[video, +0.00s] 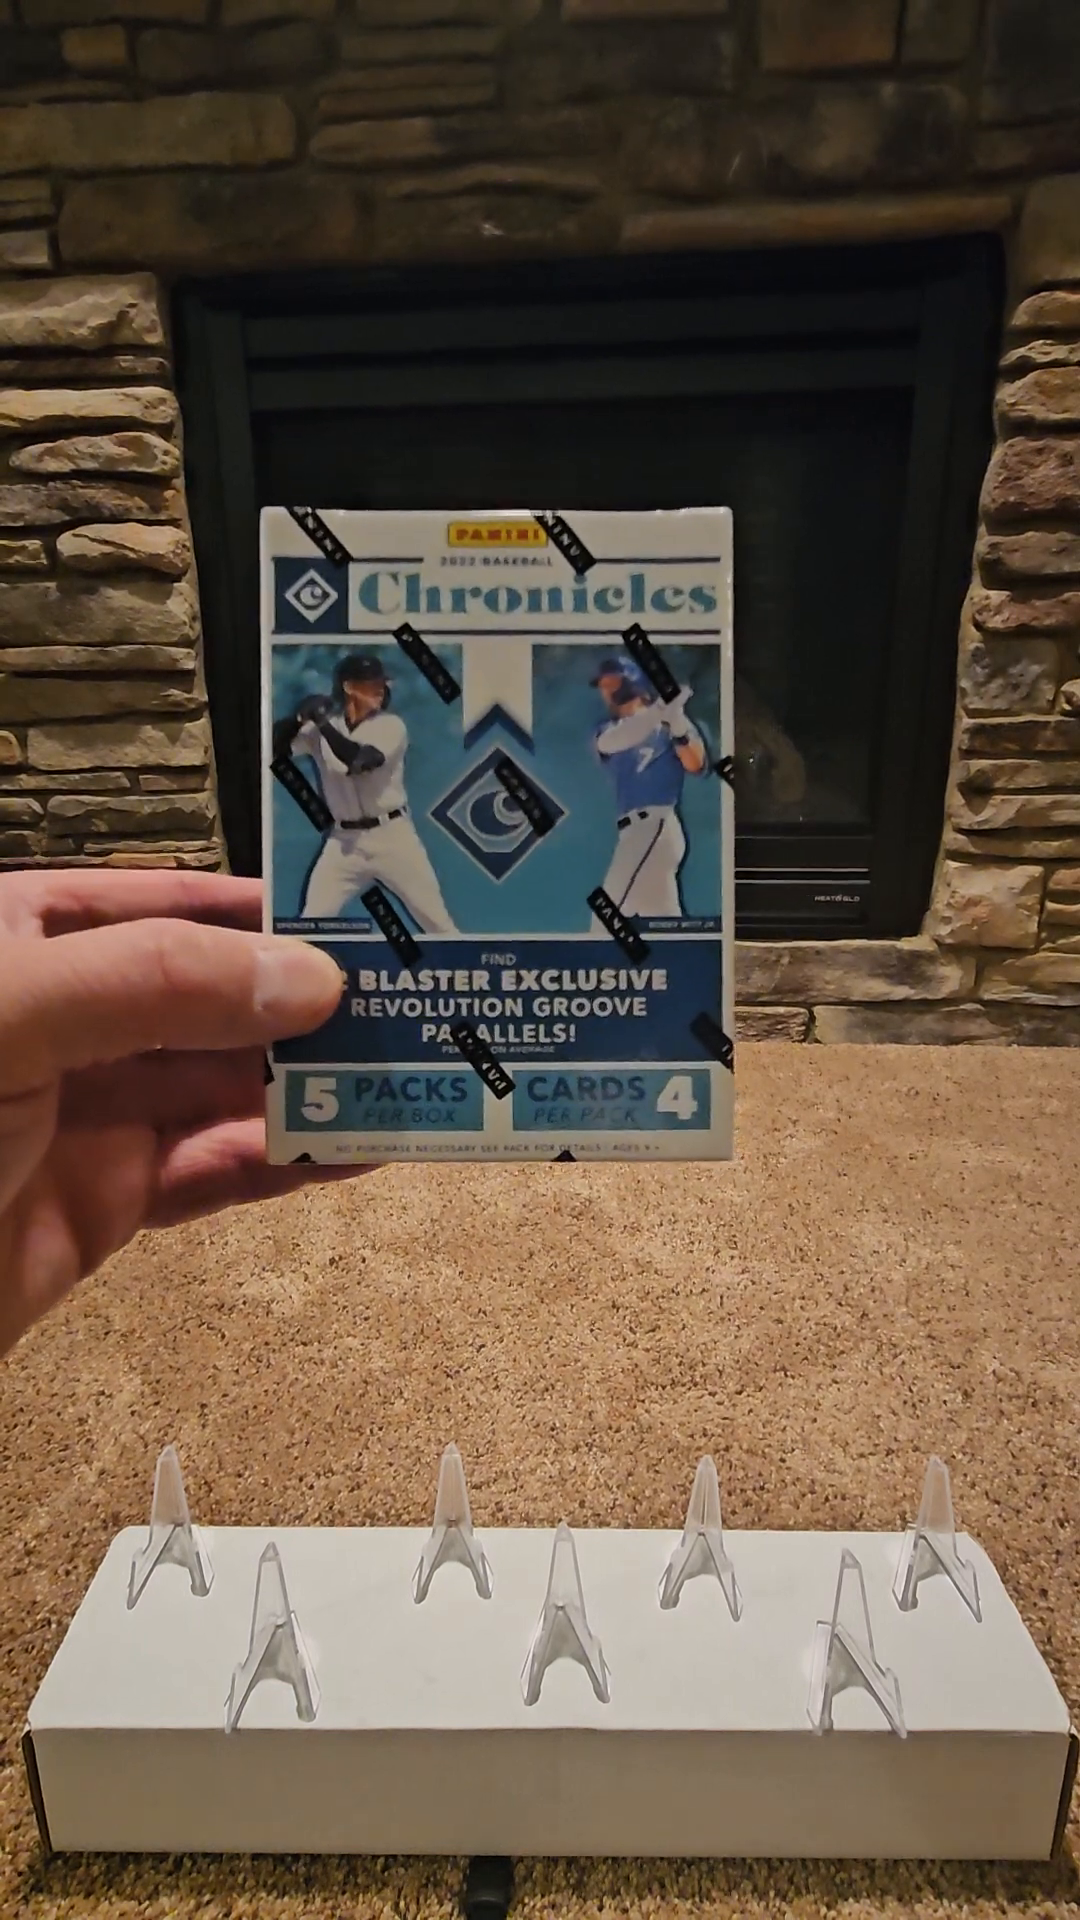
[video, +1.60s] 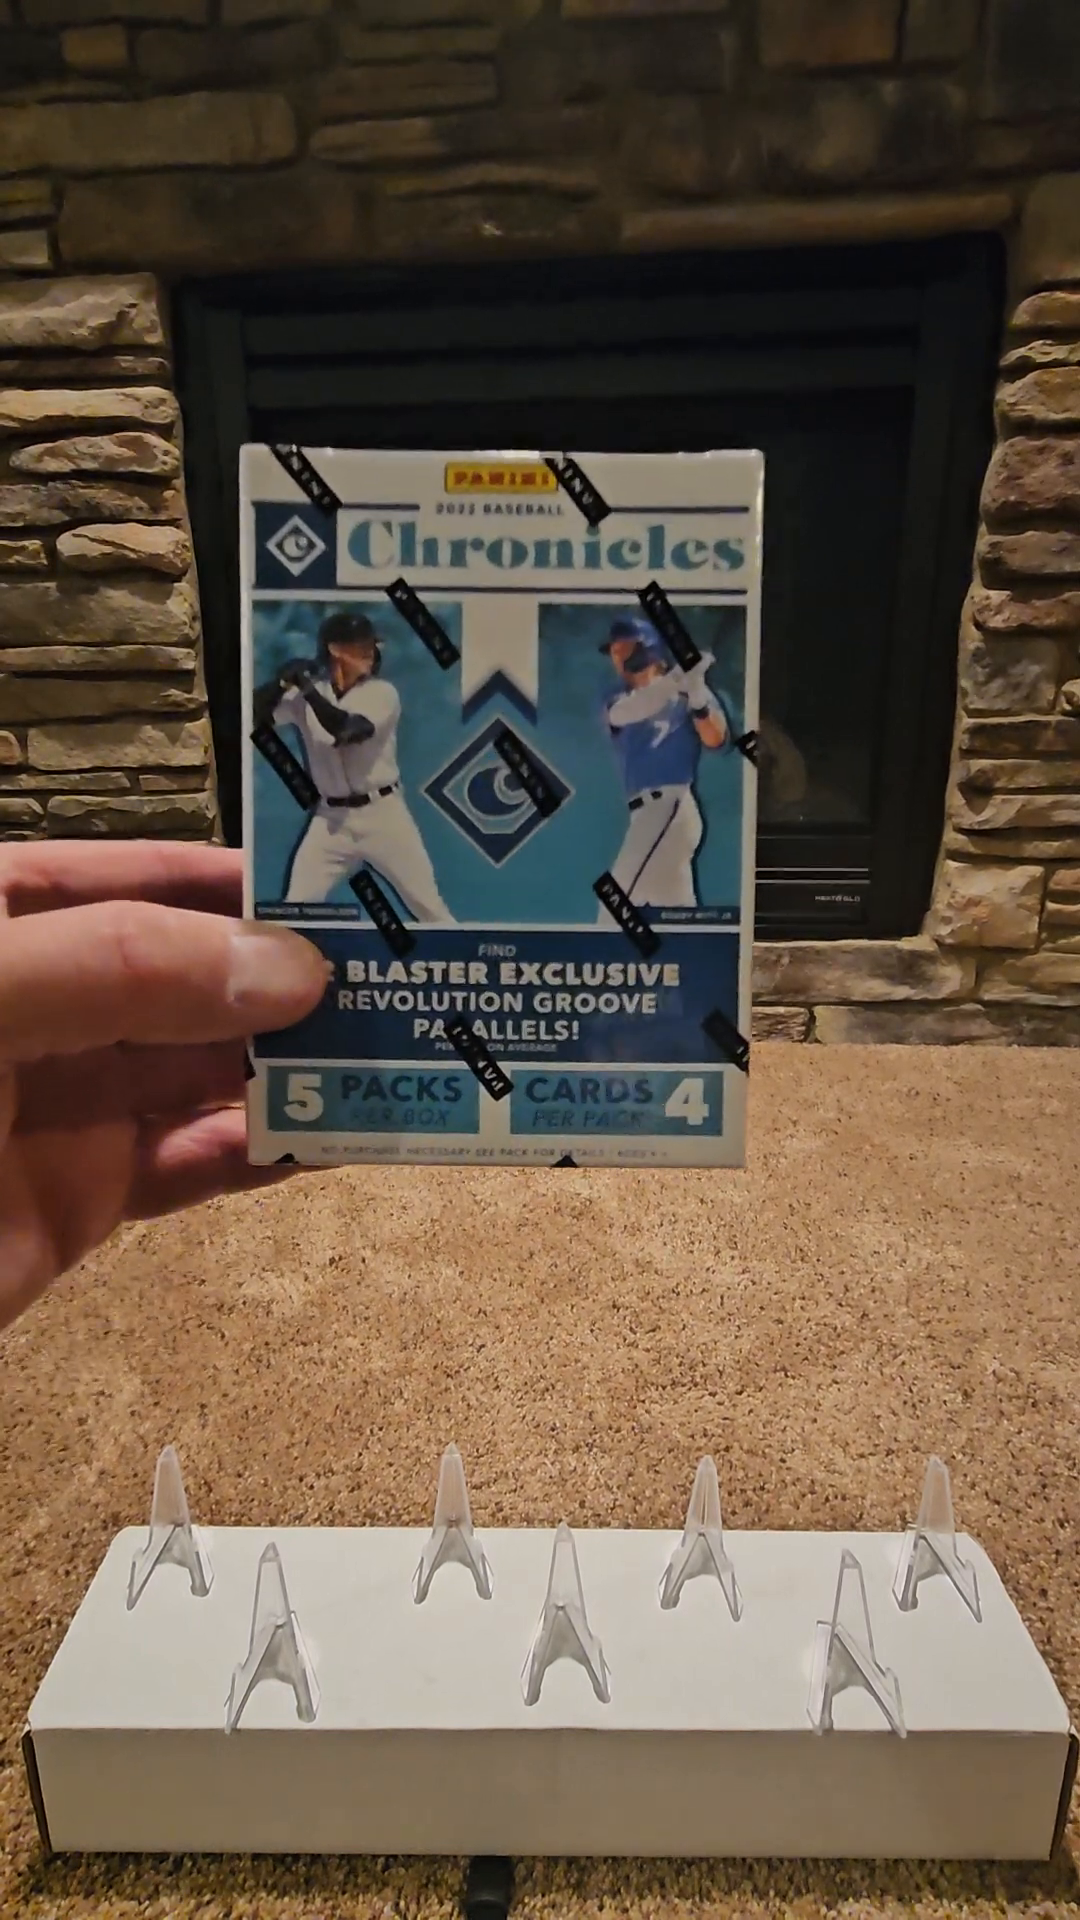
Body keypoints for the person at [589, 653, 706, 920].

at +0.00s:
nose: (607, 693)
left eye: (613, 684)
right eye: (603, 686)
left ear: (633, 686)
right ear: (600, 690)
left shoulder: (673, 721)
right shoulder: (607, 730)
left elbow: (696, 766)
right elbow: (614, 742)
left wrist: (677, 722)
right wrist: (658, 712)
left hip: (655, 829)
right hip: (633, 832)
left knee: (607, 916)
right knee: (665, 925)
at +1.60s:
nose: (619, 660)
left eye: (627, 649)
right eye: (615, 652)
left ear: (649, 650)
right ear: (610, 657)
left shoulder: (689, 690)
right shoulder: (616, 700)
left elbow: (715, 740)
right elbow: (628, 712)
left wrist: (698, 693)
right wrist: (674, 681)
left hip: (671, 809)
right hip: (645, 813)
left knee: (616, 907)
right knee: (678, 918)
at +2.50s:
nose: (679, 509)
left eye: (688, 496)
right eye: (674, 500)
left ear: (717, 497)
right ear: (670, 506)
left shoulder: (769, 547)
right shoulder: (680, 562)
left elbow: (801, 609)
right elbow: (698, 572)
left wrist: (777, 546)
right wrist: (757, 528)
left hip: (744, 697)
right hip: (713, 702)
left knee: (676, 816)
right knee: (753, 832)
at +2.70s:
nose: (701, 475)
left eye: (710, 462)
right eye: (696, 466)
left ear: (739, 463)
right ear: (693, 475)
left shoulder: (792, 515)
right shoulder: (705, 530)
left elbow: (825, 580)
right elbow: (711, 546)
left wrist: (800, 513)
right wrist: (777, 499)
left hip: (767, 669)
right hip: (734, 674)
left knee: (696, 790)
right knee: (776, 808)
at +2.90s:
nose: (683, 554)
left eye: (692, 541)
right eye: (678, 545)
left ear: (719, 544)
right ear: (675, 555)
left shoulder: (763, 590)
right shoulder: (686, 607)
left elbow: (800, 651)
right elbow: (692, 620)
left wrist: (776, 589)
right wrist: (755, 576)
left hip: (746, 733)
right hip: (714, 737)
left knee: (680, 849)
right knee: (749, 863)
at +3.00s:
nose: (668, 609)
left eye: (676, 597)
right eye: (663, 601)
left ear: (705, 600)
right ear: (660, 608)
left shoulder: (754, 649)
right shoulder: (665, 660)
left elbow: (783, 708)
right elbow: (687, 670)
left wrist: (761, 650)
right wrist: (738, 632)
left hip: (728, 787)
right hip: (698, 792)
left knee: (661, 897)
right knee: (735, 913)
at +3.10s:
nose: (660, 607)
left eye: (668, 595)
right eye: (656, 598)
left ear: (695, 596)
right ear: (653, 603)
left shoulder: (749, 645)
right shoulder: (662, 654)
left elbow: (778, 703)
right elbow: (686, 663)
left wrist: (755, 646)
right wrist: (733, 625)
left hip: (723, 783)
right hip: (692, 788)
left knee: (657, 892)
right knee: (732, 908)